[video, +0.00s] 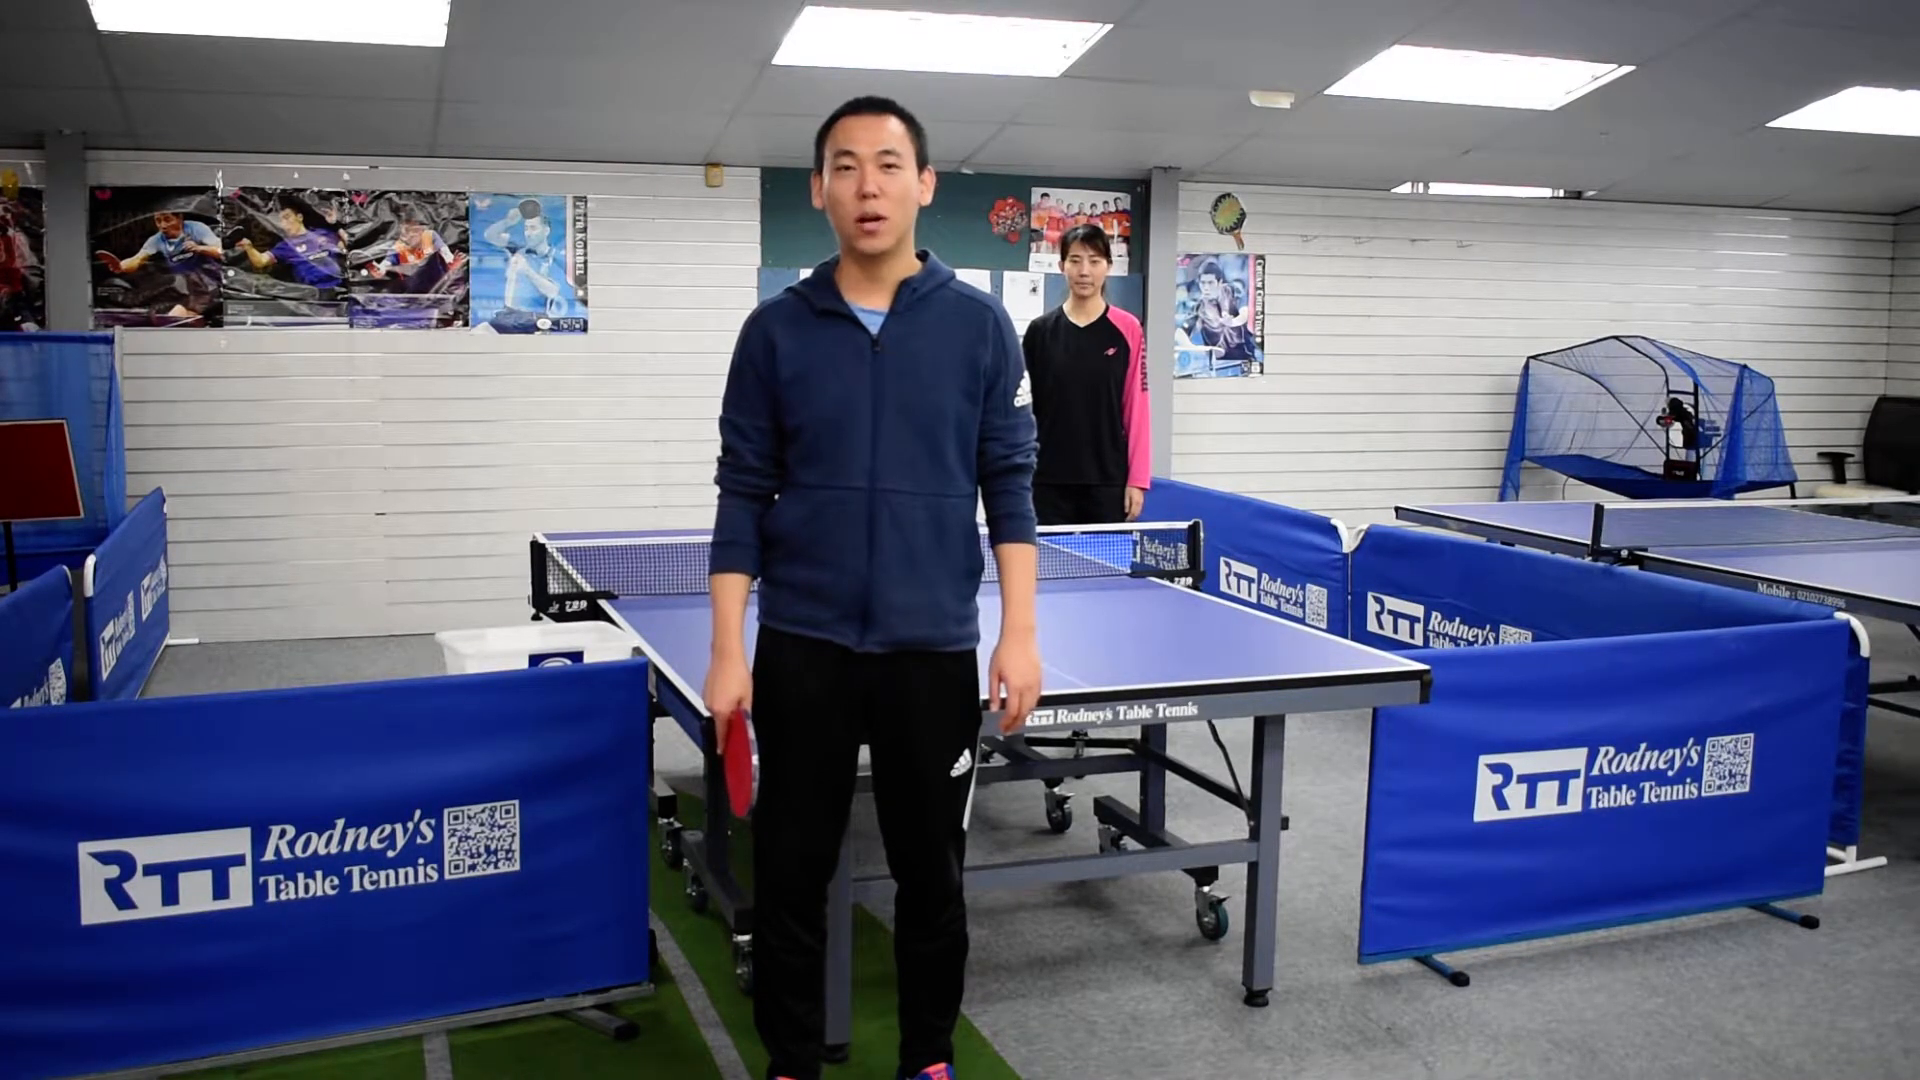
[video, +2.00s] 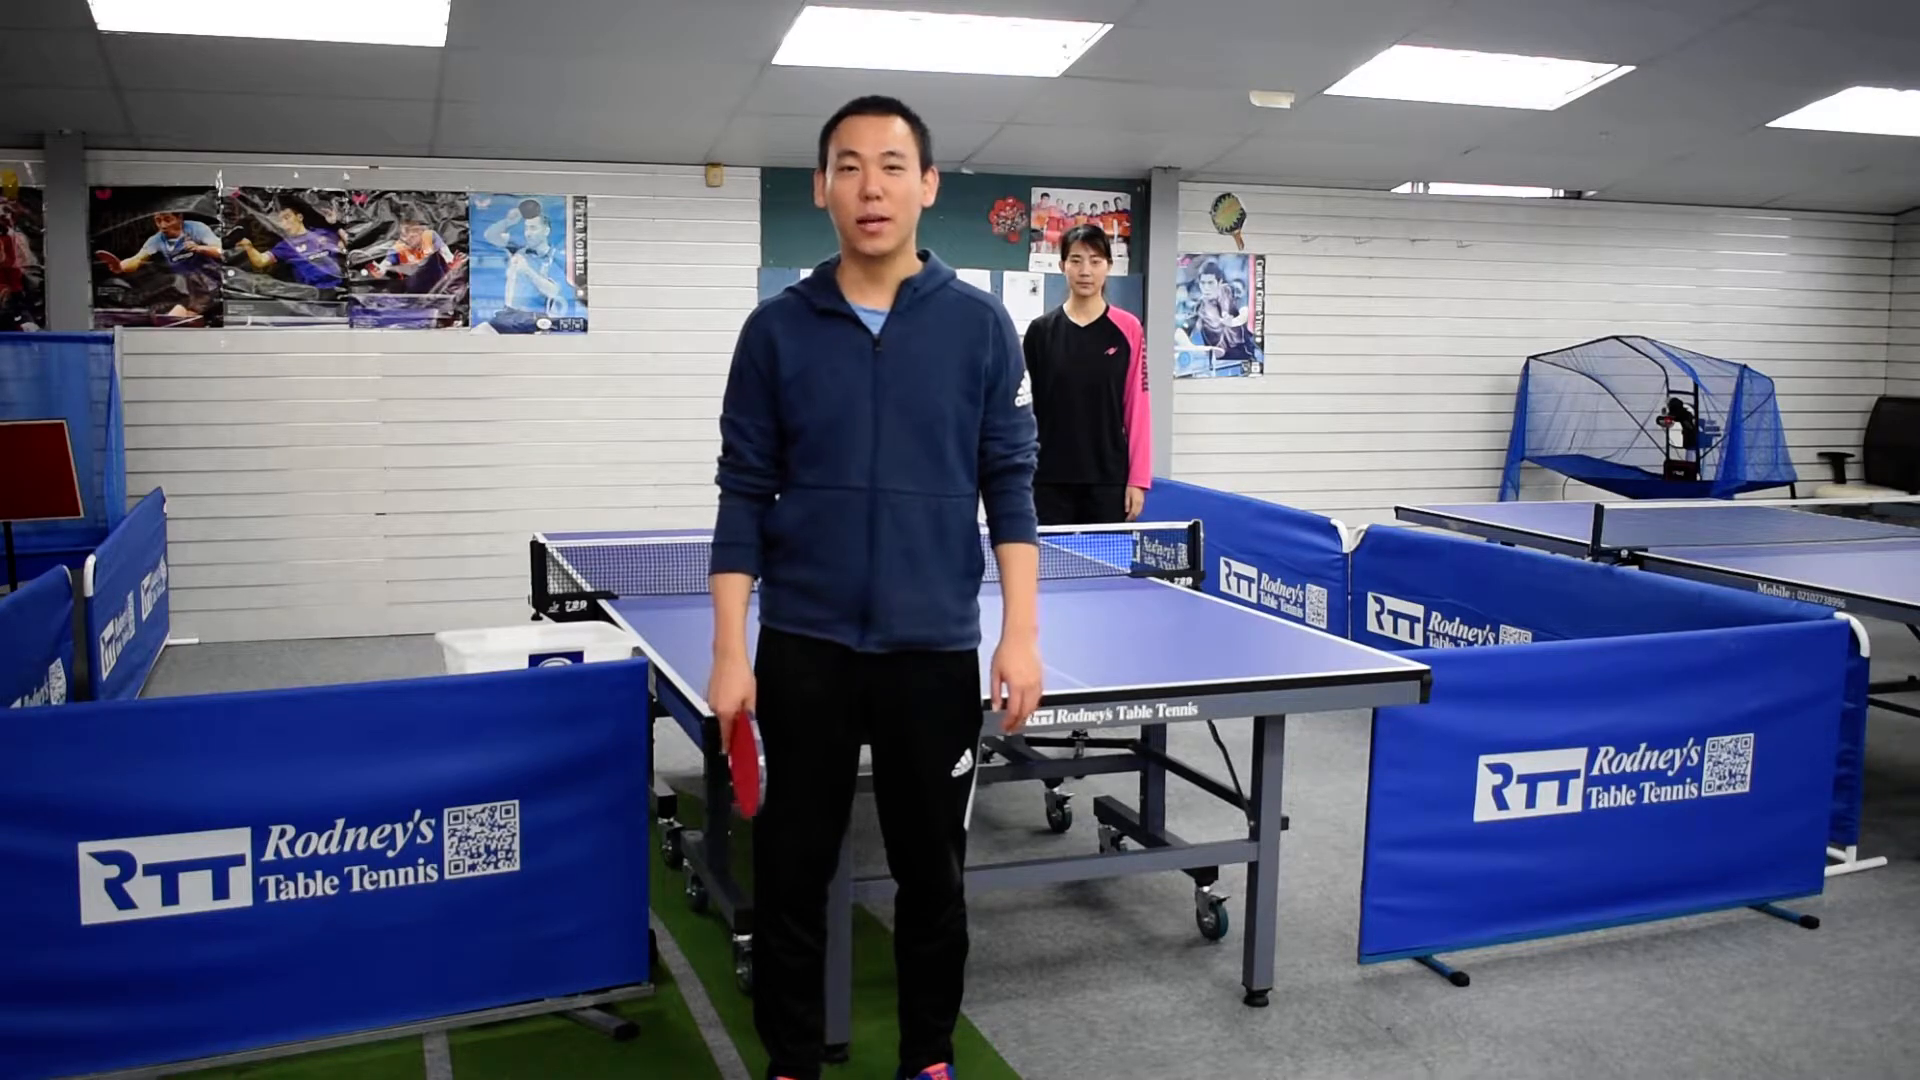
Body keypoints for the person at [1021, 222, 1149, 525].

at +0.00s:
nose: (1084, 271)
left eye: (1094, 262)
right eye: (1075, 261)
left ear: (1108, 268)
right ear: (1062, 266)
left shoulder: (1127, 329)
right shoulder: (1039, 331)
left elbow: (1136, 407)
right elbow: (1022, 405)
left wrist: (1137, 479)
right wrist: (1020, 478)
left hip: (1107, 483)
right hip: (1049, 481)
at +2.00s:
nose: (1085, 271)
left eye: (1095, 262)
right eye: (1076, 261)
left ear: (1108, 268)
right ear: (1063, 266)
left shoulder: (1128, 329)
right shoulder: (1040, 331)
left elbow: (1137, 407)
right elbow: (1023, 405)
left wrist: (1138, 479)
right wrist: (1021, 478)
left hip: (1108, 482)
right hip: (1050, 481)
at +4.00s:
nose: (1085, 271)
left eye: (1095, 262)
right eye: (1076, 261)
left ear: (1108, 268)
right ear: (1063, 267)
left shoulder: (1128, 330)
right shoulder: (1040, 331)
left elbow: (1136, 407)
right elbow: (1023, 404)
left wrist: (1138, 478)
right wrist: (1020, 476)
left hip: (1107, 482)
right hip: (1049, 480)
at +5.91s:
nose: (1086, 271)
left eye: (1096, 262)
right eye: (1076, 261)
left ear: (1109, 268)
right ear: (1064, 267)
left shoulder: (1129, 329)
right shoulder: (1040, 332)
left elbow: (1137, 407)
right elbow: (1024, 406)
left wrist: (1138, 479)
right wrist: (1023, 477)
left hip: (1108, 482)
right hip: (1051, 481)